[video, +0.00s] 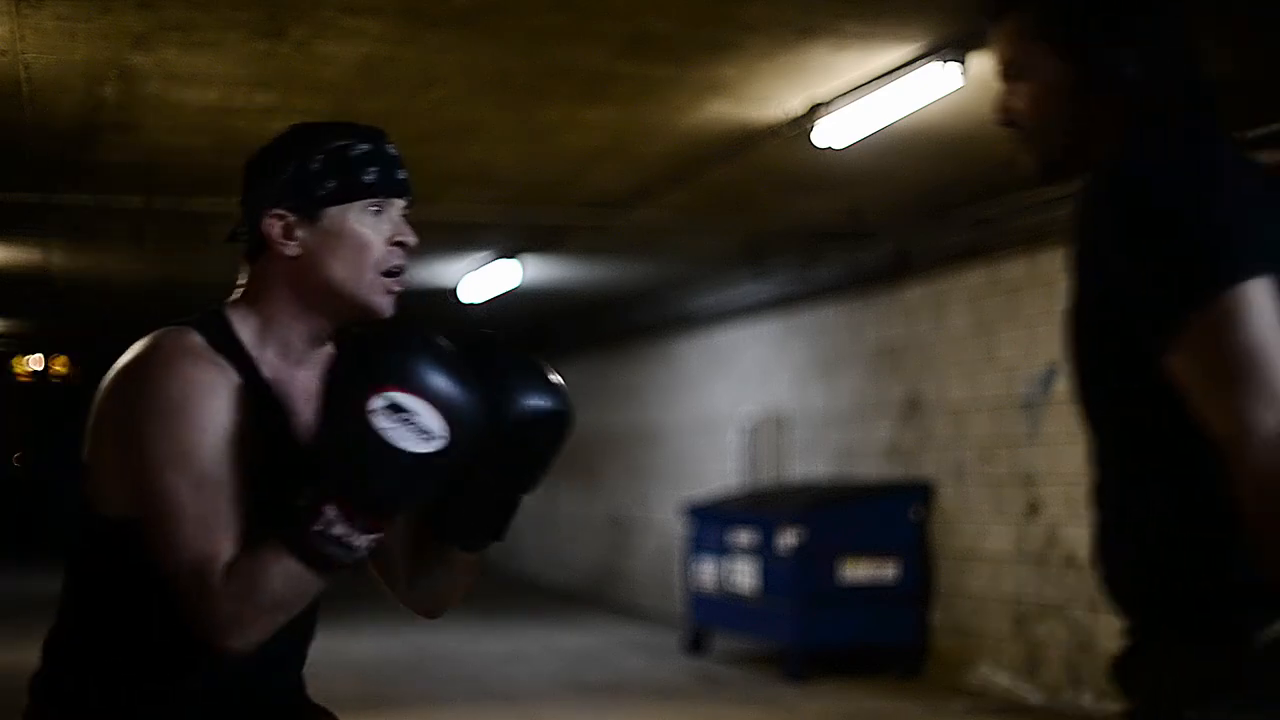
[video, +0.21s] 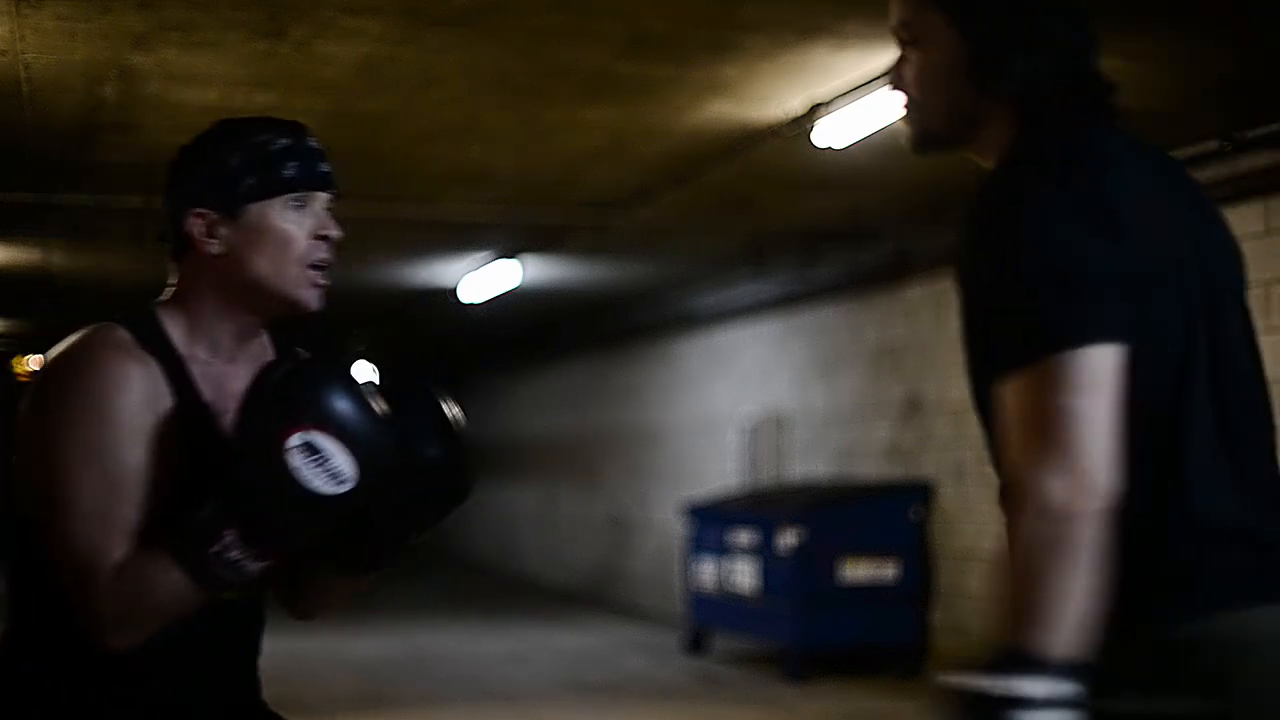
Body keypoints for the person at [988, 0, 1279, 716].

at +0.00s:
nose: (1004, 107)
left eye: (1021, 77)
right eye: (1003, 80)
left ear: (1093, 71)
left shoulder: (1175, 187)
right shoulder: (1131, 190)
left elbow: (1256, 425)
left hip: (1222, 636)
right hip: (1184, 628)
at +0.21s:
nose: (896, 77)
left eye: (913, 45)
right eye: (900, 48)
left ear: (987, 48)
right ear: (992, 50)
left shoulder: (1048, 195)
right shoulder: (1140, 176)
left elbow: (1069, 487)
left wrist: (1036, 688)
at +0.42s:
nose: (890, 68)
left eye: (910, 39)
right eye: (896, 41)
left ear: (991, 50)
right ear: (1022, 52)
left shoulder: (1017, 211)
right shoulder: (1125, 184)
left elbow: (926, 497)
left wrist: (737, 621)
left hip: (1158, 657)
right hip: (1237, 637)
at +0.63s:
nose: (964, 84)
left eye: (984, 52)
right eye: (970, 55)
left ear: (1058, 57)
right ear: (1072, 63)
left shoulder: (1094, 219)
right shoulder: (1170, 206)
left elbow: (1009, 493)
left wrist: (848, 414)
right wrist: (883, 412)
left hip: (1185, 670)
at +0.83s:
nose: (1011, 73)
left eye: (1036, 43)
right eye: (1024, 44)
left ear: (1111, 57)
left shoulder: (1152, 207)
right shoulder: (1200, 199)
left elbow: (1109, 484)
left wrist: (968, 349)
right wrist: (1003, 342)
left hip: (1193, 673)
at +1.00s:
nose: (1025, 76)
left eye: (1049, 46)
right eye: (1037, 48)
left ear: (1123, 62)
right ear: (1132, 66)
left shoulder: (1172, 212)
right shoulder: (1193, 204)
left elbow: (1120, 482)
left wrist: (965, 343)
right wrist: (992, 336)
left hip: (1197, 673)